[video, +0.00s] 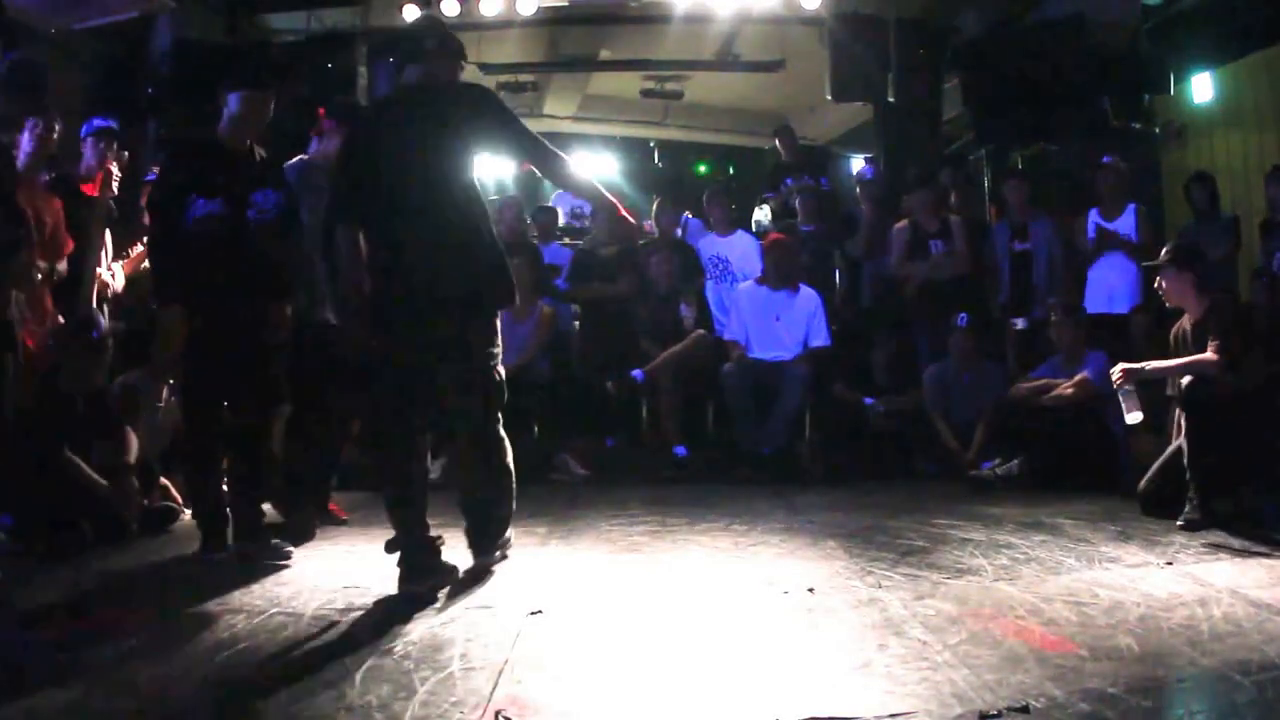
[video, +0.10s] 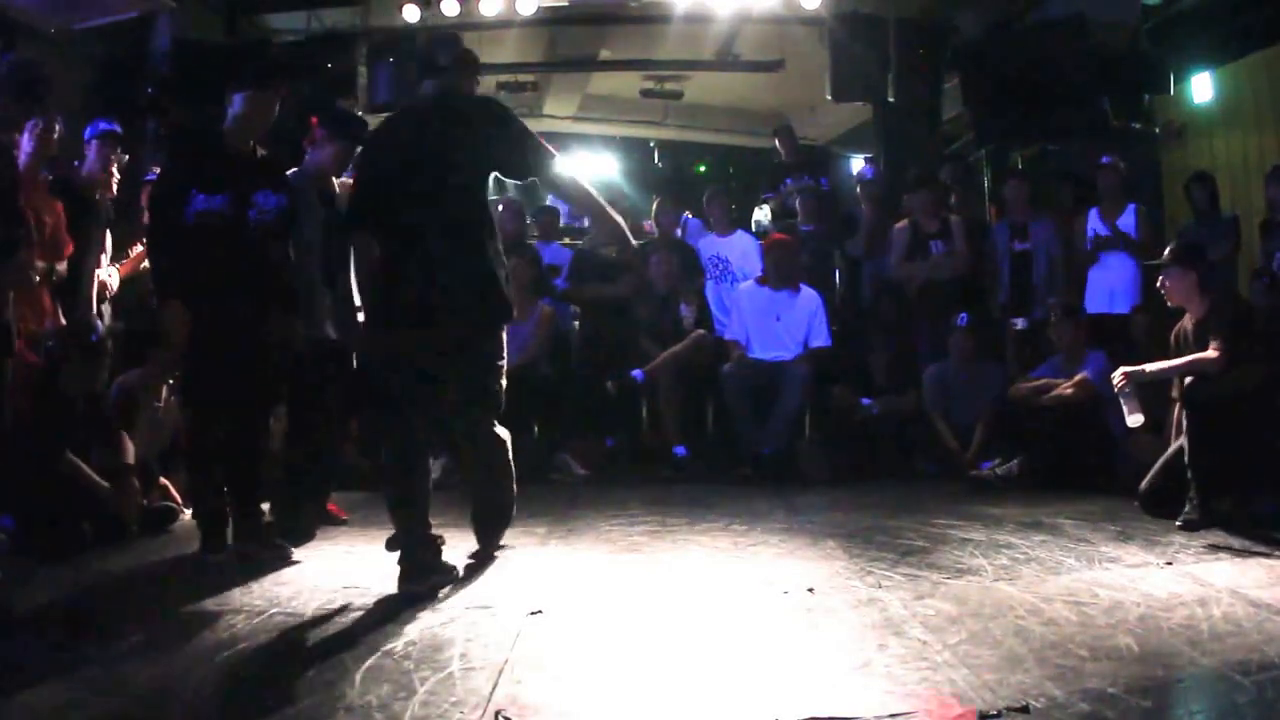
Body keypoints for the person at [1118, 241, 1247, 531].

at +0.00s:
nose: (1157, 285)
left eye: (1163, 276)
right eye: (1157, 277)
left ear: (1189, 278)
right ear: (1184, 280)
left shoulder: (1224, 310)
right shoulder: (1179, 332)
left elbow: (1217, 359)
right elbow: (1180, 403)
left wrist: (1143, 369)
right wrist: (1177, 449)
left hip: (1242, 429)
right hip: (1205, 434)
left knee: (1193, 387)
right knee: (1152, 496)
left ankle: (1197, 501)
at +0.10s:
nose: (1160, 283)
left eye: (1168, 274)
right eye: (1161, 274)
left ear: (1194, 275)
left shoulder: (1228, 310)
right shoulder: (1181, 333)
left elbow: (1217, 358)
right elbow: (1179, 402)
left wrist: (1143, 371)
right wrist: (1176, 450)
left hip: (1246, 430)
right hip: (1206, 435)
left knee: (1194, 391)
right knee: (1152, 496)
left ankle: (1201, 502)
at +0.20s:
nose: (1163, 282)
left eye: (1171, 273)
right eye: (1164, 274)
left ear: (1198, 277)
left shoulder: (1230, 312)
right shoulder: (1181, 332)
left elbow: (1217, 358)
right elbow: (1180, 402)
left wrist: (1143, 370)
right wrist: (1175, 453)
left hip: (1245, 429)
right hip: (1208, 433)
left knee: (1197, 404)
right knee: (1156, 496)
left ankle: (1204, 502)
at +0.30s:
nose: (1167, 281)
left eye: (1176, 272)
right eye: (1168, 272)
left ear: (1203, 276)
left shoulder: (1233, 312)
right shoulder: (1182, 332)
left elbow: (1220, 358)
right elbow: (1181, 405)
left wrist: (1145, 369)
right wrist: (1175, 461)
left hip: (1251, 429)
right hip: (1212, 433)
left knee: (1197, 391)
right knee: (1158, 497)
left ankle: (1204, 503)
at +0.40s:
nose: (1171, 280)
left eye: (1179, 272)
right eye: (1171, 272)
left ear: (1206, 277)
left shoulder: (1234, 311)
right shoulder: (1184, 333)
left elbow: (1221, 358)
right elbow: (1182, 406)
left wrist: (1145, 371)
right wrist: (1175, 459)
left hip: (1253, 427)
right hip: (1212, 431)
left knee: (1199, 390)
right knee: (1157, 498)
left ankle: (1205, 504)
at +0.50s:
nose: (1175, 280)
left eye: (1185, 272)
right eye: (1176, 272)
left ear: (1210, 277)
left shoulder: (1236, 312)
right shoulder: (1186, 332)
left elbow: (1220, 358)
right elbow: (1184, 404)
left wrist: (1144, 373)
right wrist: (1174, 457)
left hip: (1250, 427)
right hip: (1210, 431)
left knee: (1198, 391)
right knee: (1156, 499)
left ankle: (1205, 505)